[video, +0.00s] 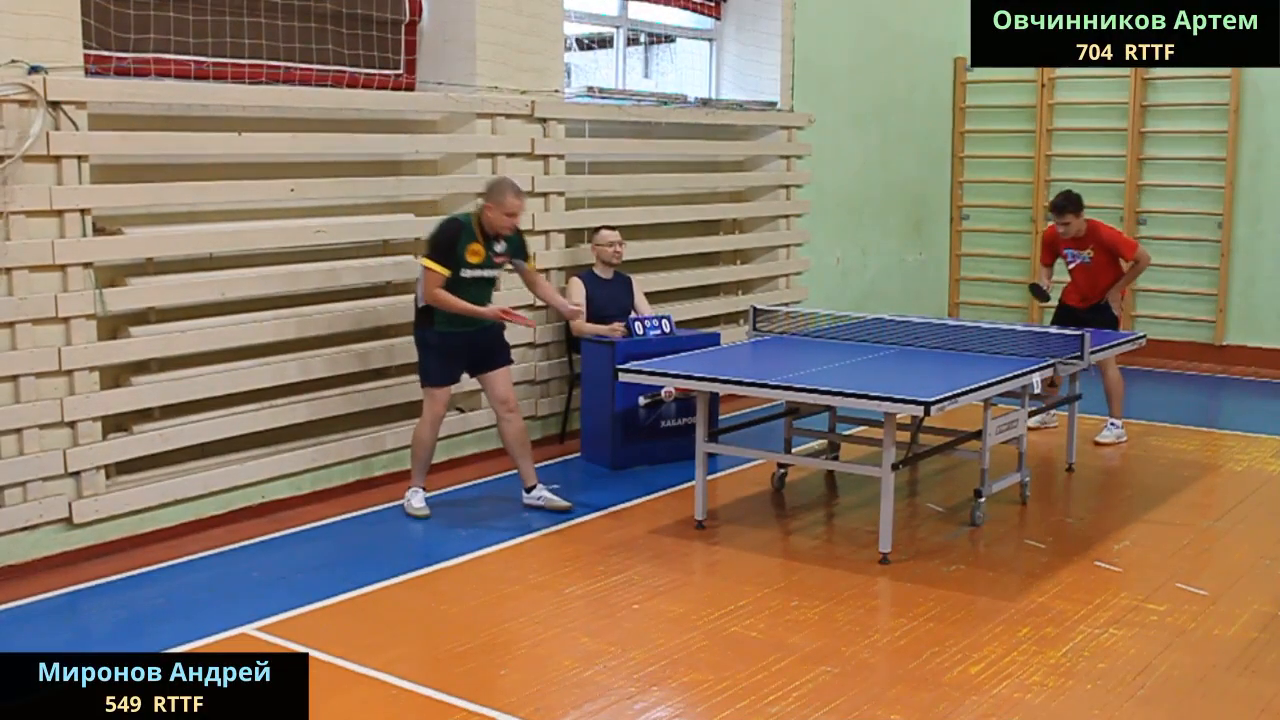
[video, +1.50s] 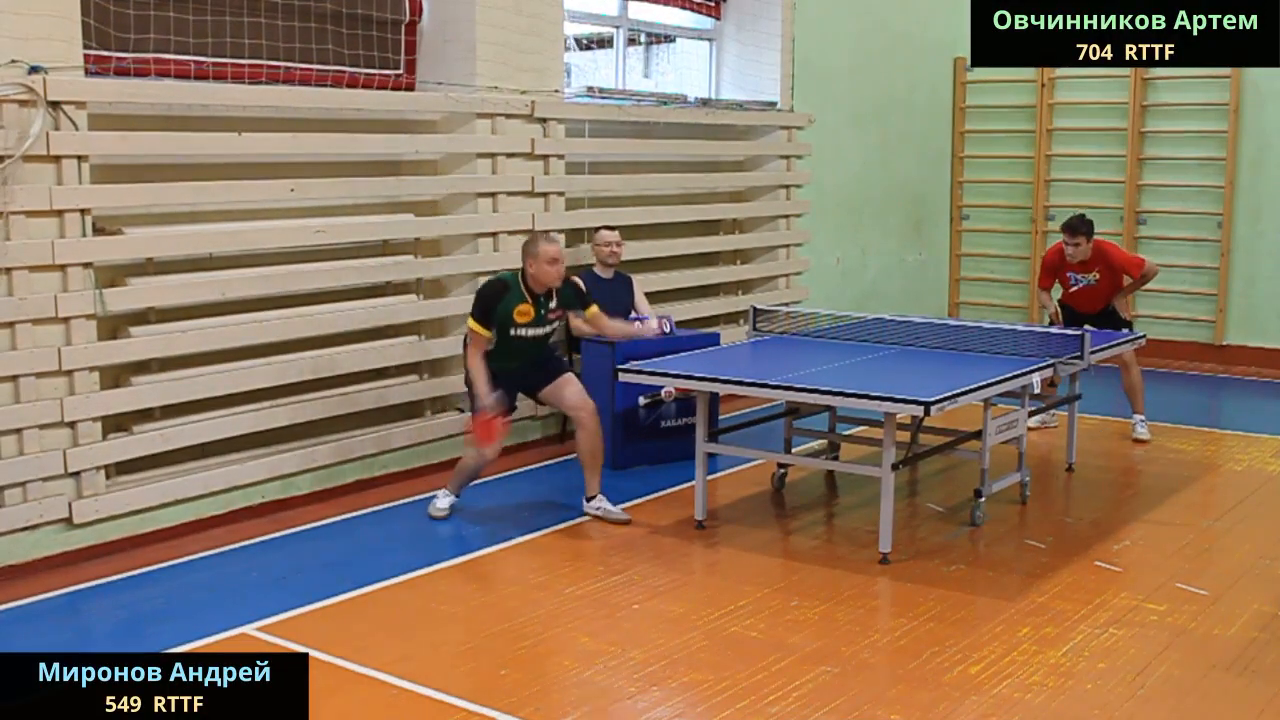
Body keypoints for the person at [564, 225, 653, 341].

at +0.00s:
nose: (618, 250)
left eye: (620, 245)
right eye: (611, 245)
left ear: (623, 247)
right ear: (594, 250)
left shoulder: (628, 282)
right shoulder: (578, 283)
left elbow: (650, 318)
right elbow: (577, 327)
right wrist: (607, 330)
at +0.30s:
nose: (616, 250)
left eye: (620, 245)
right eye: (609, 245)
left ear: (623, 247)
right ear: (594, 250)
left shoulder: (627, 282)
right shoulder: (577, 281)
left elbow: (649, 317)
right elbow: (577, 327)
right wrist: (611, 330)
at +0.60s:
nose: (615, 251)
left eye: (619, 245)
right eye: (609, 245)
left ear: (623, 247)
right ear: (596, 248)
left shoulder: (628, 281)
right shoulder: (580, 283)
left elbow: (649, 317)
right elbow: (576, 327)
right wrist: (613, 330)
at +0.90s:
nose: (615, 250)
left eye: (618, 245)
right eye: (607, 245)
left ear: (623, 247)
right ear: (594, 249)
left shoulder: (628, 282)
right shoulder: (577, 281)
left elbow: (649, 318)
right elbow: (576, 327)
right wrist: (604, 332)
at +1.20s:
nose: (614, 250)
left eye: (618, 245)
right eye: (607, 245)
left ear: (622, 247)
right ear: (594, 249)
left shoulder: (628, 281)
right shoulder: (578, 282)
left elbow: (649, 318)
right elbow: (577, 327)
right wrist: (605, 330)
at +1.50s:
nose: (614, 250)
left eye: (618, 245)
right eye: (607, 245)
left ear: (622, 248)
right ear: (593, 249)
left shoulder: (629, 282)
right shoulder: (578, 283)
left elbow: (649, 319)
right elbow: (576, 327)